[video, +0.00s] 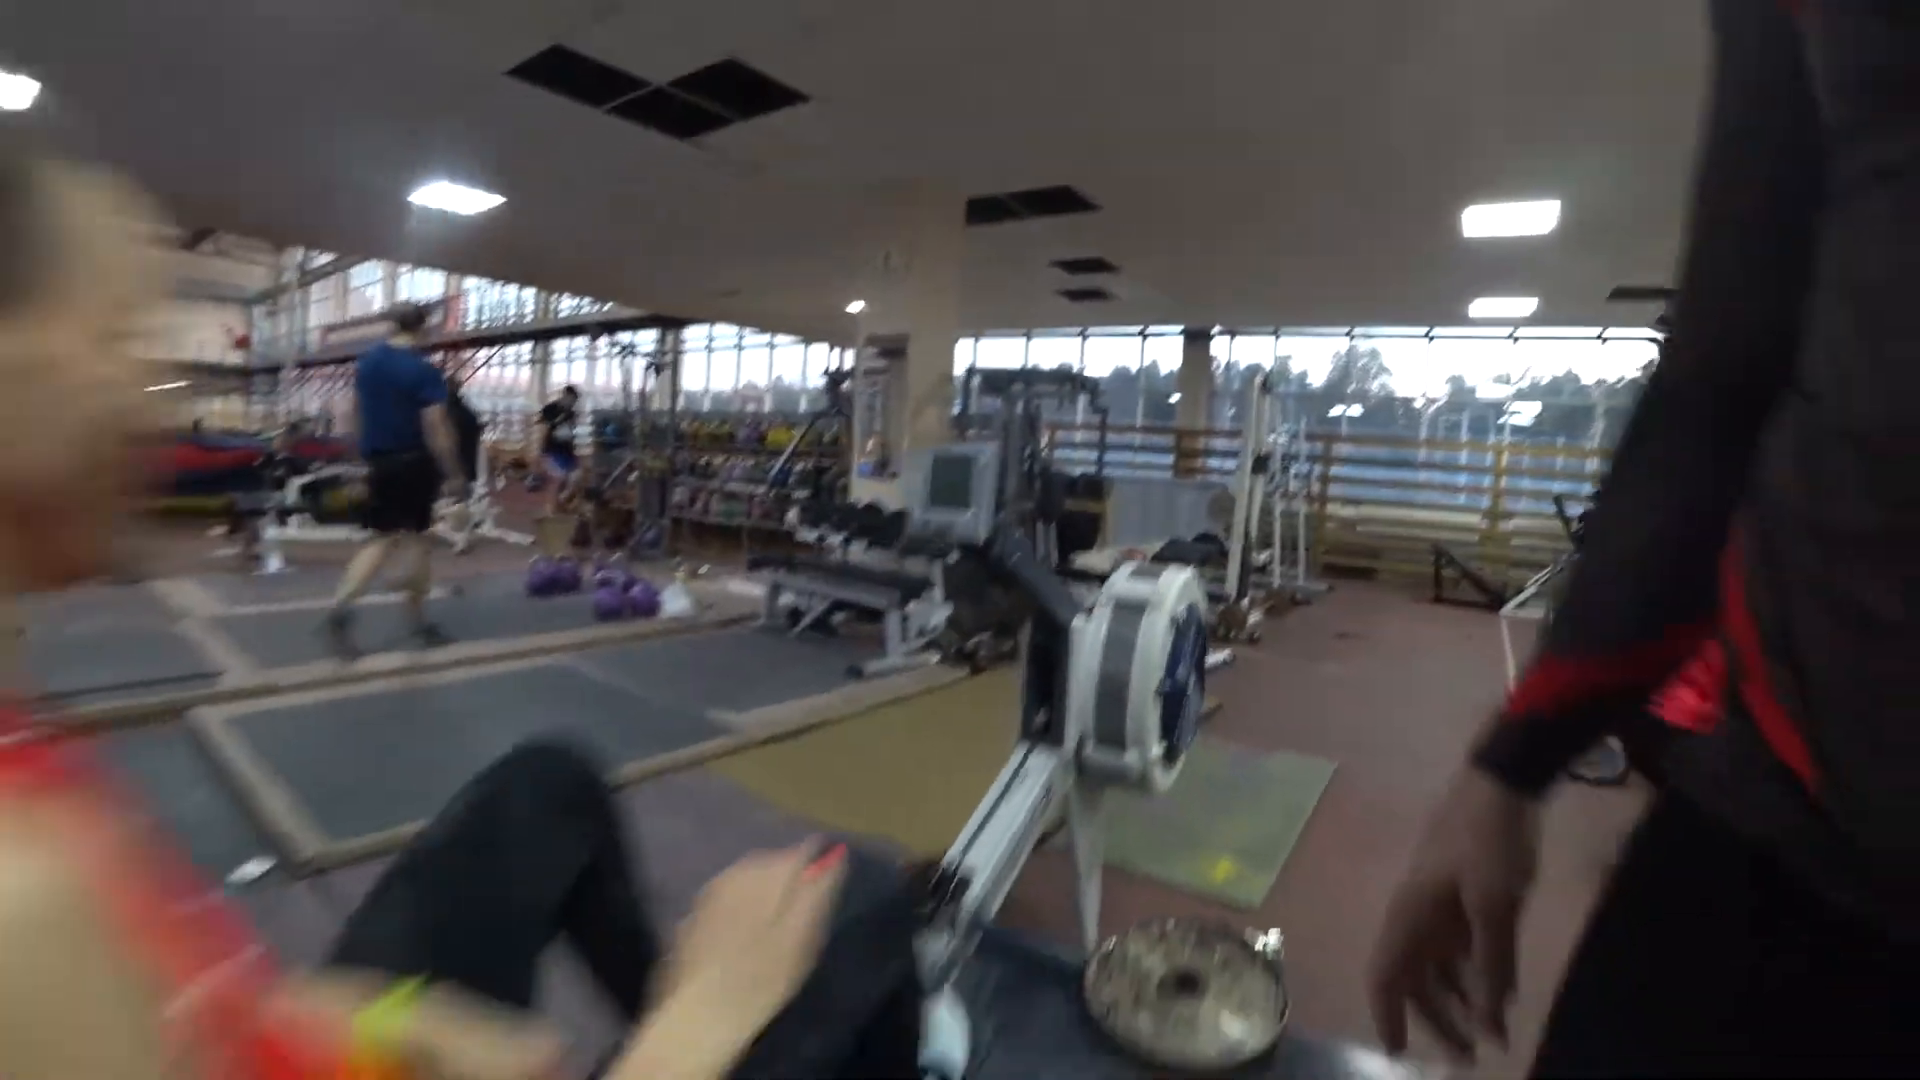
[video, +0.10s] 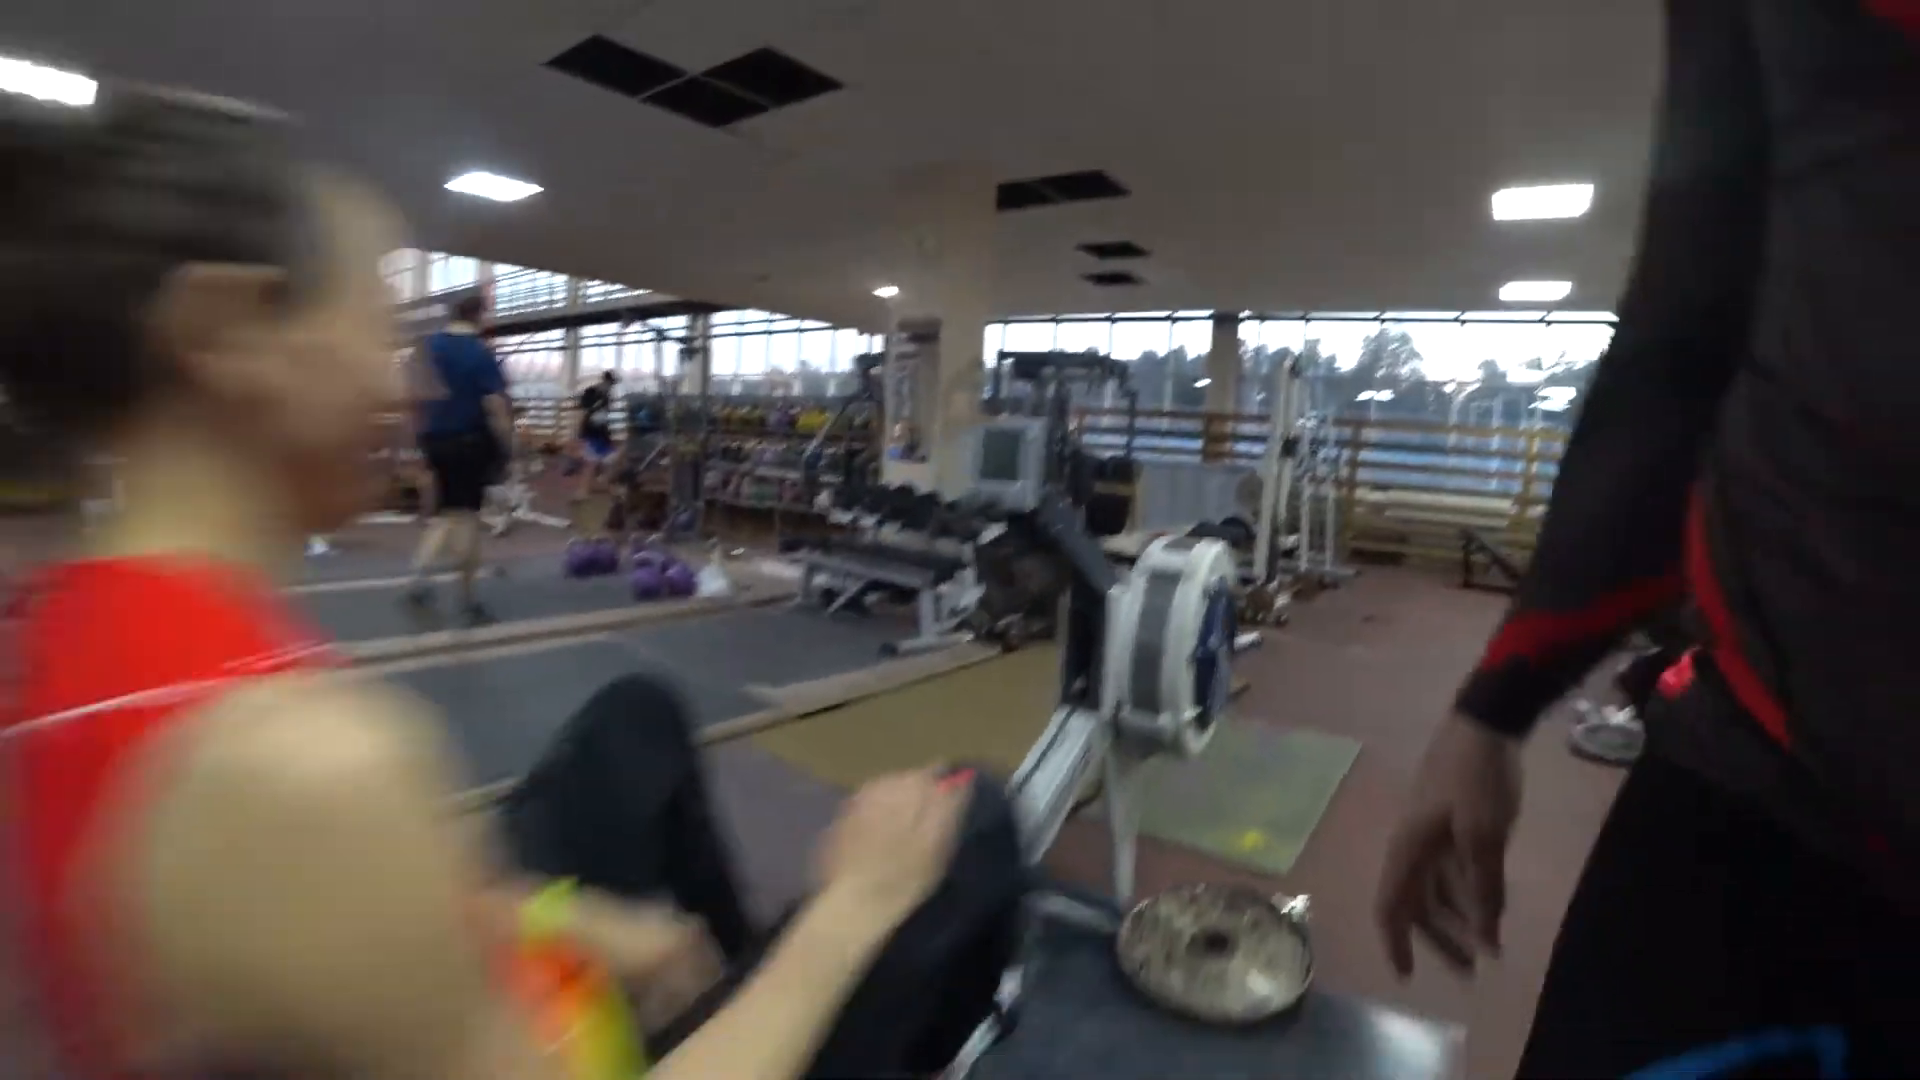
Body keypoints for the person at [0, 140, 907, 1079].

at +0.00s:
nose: (152, 393)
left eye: (137, 340)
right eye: (114, 335)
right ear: (12, 346)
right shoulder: (36, 851)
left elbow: (255, 1010)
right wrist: (709, 1017)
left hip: (275, 1022)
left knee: (552, 788)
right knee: (865, 898)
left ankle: (663, 1020)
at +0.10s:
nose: (411, 379)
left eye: (400, 324)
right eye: (383, 318)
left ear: (231, 327)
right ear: (228, 326)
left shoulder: (70, 636)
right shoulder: (286, 759)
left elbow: (235, 891)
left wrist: (553, 924)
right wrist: (858, 909)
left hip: (493, 1010)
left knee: (634, 711)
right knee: (962, 816)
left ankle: (742, 1002)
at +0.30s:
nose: (766, 351)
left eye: (762, 318)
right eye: (753, 318)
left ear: (562, 344)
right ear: (680, 332)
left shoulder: (557, 539)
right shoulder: (768, 613)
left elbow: (664, 807)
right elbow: (926, 970)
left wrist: (870, 820)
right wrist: (1130, 778)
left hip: (719, 1007)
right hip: (852, 1040)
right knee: (1197, 734)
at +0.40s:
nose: (918, 334)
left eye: (915, 309)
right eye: (909, 309)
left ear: (732, 336)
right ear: (853, 328)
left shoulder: (710, 516)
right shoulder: (936, 573)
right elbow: (1065, 906)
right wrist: (1249, 746)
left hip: (870, 953)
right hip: (1001, 987)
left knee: (1144, 757)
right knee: (1324, 708)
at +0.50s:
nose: (1016, 330)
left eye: (1016, 305)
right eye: (1010, 304)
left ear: (846, 327)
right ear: (958, 318)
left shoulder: (810, 491)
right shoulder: (1043, 545)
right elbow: (1161, 865)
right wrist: (1335, 717)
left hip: (957, 916)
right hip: (1093, 946)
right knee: (1410, 686)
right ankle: (1260, 914)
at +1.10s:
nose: (978, 302)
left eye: (974, 279)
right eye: (967, 278)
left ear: (824, 295)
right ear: (922, 285)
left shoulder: (776, 448)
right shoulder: (999, 456)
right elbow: (1109, 750)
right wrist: (1267, 687)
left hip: (888, 864)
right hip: (1030, 883)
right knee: (1322, 668)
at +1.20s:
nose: (1196, 289)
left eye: (1188, 261)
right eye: (1177, 261)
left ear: (1035, 285)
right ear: (1126, 273)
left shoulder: (984, 442)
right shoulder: (1196, 438)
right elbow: (1323, 743)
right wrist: (1513, 702)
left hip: (1093, 869)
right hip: (1240, 886)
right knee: (1543, 714)